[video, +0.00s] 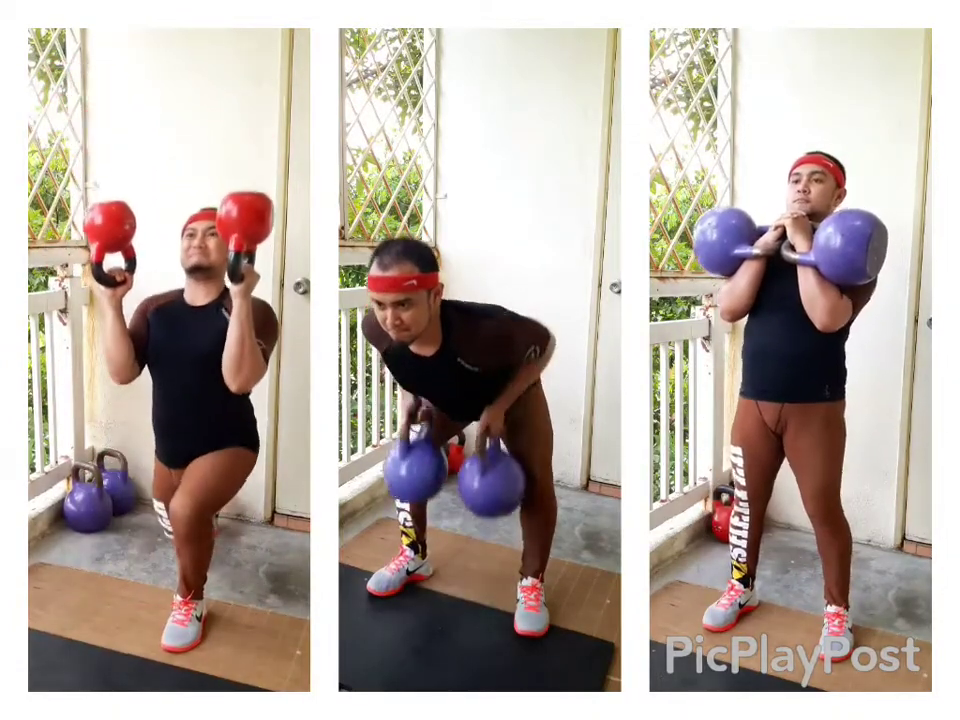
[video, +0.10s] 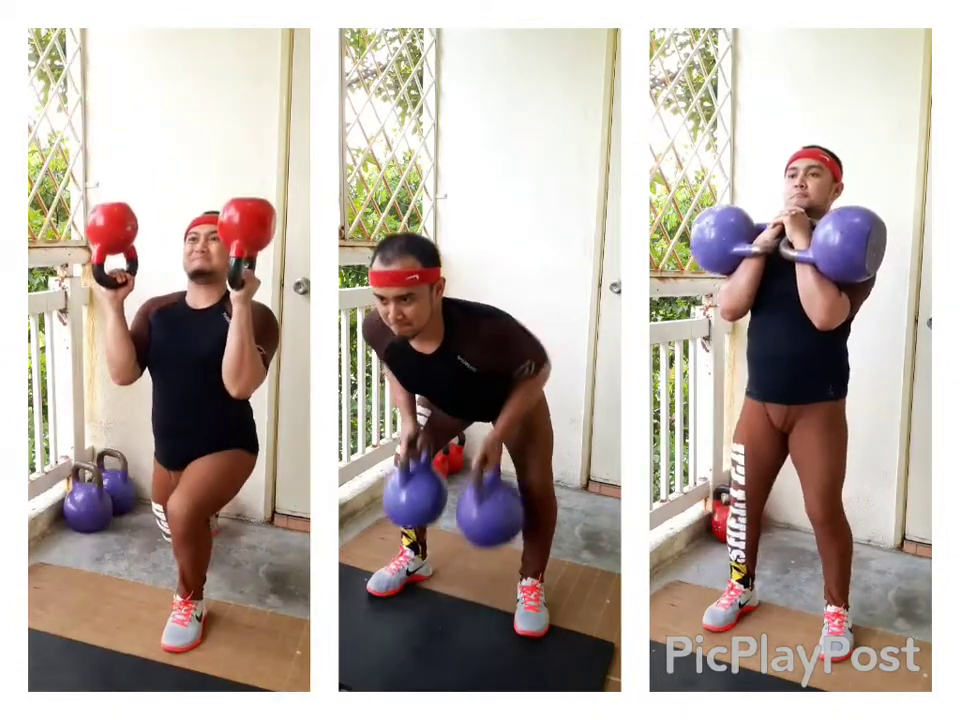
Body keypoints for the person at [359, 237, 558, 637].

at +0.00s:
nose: (391, 319)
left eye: (404, 305)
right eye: (380, 305)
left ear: (435, 293)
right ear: (372, 300)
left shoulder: (482, 328)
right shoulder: (375, 330)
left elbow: (543, 343)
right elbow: (404, 362)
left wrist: (500, 407)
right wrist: (409, 396)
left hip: (510, 391)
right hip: (445, 395)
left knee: (536, 483)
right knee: (409, 460)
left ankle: (531, 582)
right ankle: (413, 552)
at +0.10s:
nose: (394, 314)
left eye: (406, 299)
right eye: (382, 300)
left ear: (438, 287)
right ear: (373, 295)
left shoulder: (486, 327)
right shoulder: (376, 330)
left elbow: (538, 369)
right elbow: (394, 368)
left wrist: (497, 436)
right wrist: (408, 420)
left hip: (512, 398)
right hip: (450, 400)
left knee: (537, 487)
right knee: (410, 463)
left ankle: (531, 582)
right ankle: (413, 552)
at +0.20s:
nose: (396, 319)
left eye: (408, 305)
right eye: (385, 306)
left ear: (439, 291)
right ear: (375, 299)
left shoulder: (488, 332)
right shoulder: (379, 336)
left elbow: (528, 393)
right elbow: (398, 386)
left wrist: (491, 468)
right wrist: (412, 447)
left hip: (511, 400)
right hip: (450, 403)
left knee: (537, 486)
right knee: (407, 467)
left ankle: (531, 582)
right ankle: (411, 555)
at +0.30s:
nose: (396, 328)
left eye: (408, 314)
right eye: (384, 315)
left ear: (439, 299)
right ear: (375, 308)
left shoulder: (486, 339)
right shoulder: (380, 348)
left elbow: (520, 412)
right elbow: (400, 405)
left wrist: (487, 490)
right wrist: (413, 473)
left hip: (512, 398)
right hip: (453, 404)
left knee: (537, 488)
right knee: (406, 466)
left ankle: (532, 583)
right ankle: (408, 559)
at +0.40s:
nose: (395, 337)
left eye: (408, 323)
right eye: (384, 324)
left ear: (438, 307)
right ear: (374, 317)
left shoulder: (487, 348)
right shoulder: (380, 357)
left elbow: (516, 427)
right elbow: (400, 419)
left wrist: (485, 505)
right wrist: (411, 488)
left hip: (515, 396)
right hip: (455, 403)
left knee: (537, 486)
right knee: (410, 471)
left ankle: (532, 582)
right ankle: (405, 563)